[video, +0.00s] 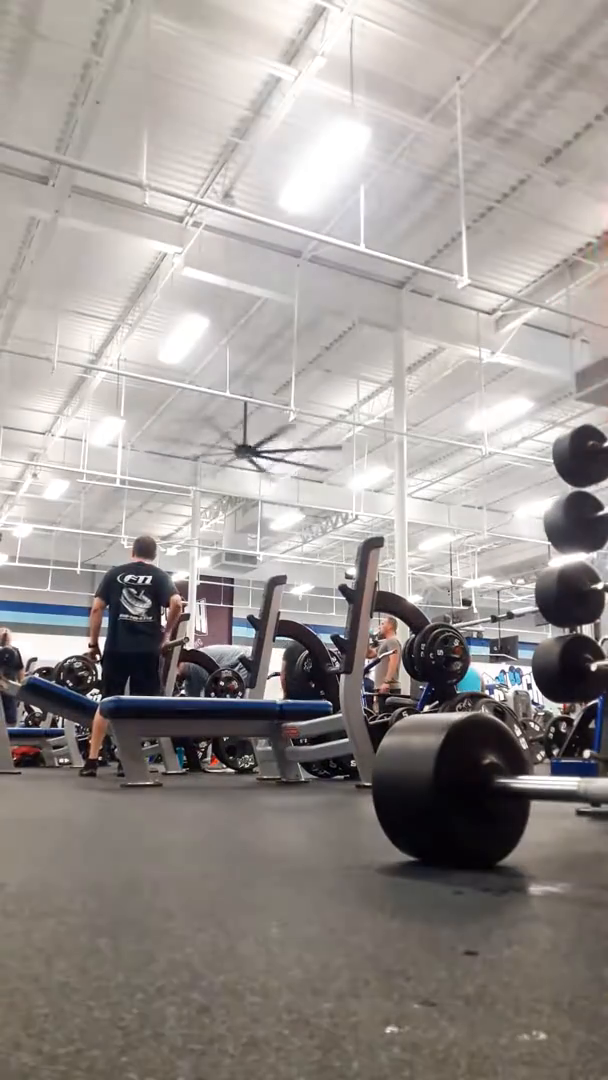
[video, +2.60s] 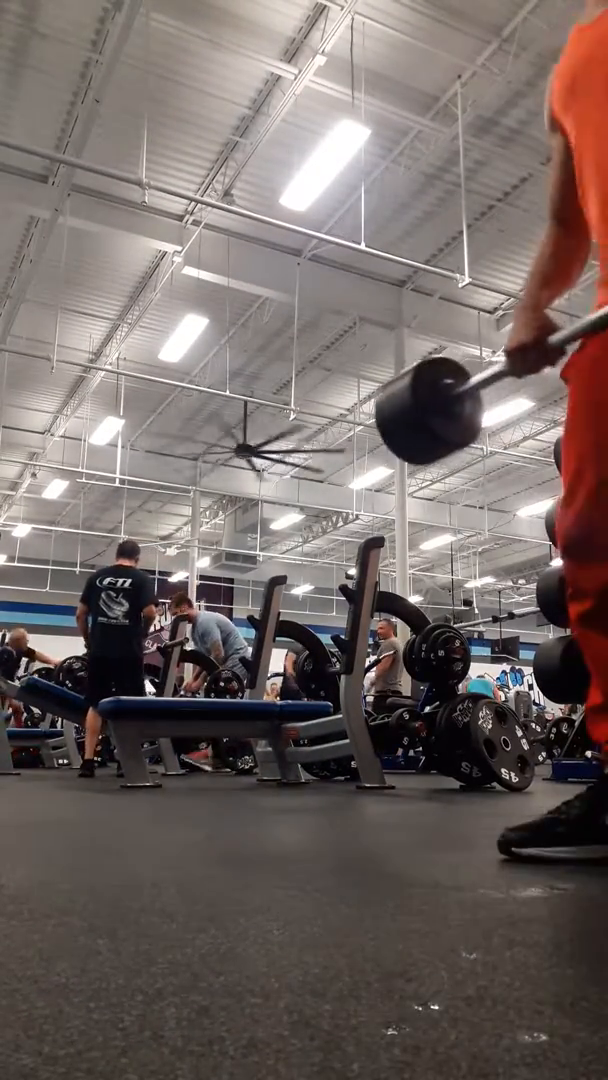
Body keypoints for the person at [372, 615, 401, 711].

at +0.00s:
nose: (380, 626)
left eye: (383, 623)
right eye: (381, 623)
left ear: (390, 626)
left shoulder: (392, 641)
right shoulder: (385, 642)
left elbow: (394, 662)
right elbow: (370, 654)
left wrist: (387, 682)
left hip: (388, 688)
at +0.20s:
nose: (379, 628)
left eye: (381, 625)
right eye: (379, 625)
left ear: (388, 627)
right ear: (389, 627)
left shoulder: (392, 641)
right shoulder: (386, 643)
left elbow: (393, 661)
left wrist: (384, 681)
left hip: (389, 688)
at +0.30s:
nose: (377, 629)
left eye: (379, 626)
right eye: (377, 626)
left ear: (387, 627)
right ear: (387, 627)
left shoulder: (391, 641)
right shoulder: (387, 642)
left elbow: (393, 661)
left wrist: (382, 679)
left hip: (388, 689)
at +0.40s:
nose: (376, 631)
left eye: (378, 628)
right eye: (376, 628)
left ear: (386, 627)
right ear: (385, 628)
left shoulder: (392, 641)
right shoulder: (386, 642)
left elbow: (393, 660)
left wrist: (377, 675)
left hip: (388, 688)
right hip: (383, 687)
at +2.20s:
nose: (379, 632)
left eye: (380, 629)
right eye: (379, 629)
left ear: (385, 628)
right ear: (391, 629)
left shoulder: (388, 643)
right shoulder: (397, 642)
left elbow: (384, 663)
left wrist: (373, 670)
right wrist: (376, 670)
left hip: (387, 692)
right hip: (396, 690)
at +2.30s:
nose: (378, 632)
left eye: (379, 629)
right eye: (378, 630)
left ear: (385, 628)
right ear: (391, 629)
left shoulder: (386, 643)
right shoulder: (398, 643)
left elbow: (383, 663)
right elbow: (403, 670)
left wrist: (373, 670)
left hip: (386, 692)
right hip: (397, 691)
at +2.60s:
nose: (378, 631)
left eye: (381, 628)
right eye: (378, 628)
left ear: (390, 629)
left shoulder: (389, 643)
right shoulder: (396, 643)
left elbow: (384, 666)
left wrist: (372, 680)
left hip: (385, 692)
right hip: (394, 691)